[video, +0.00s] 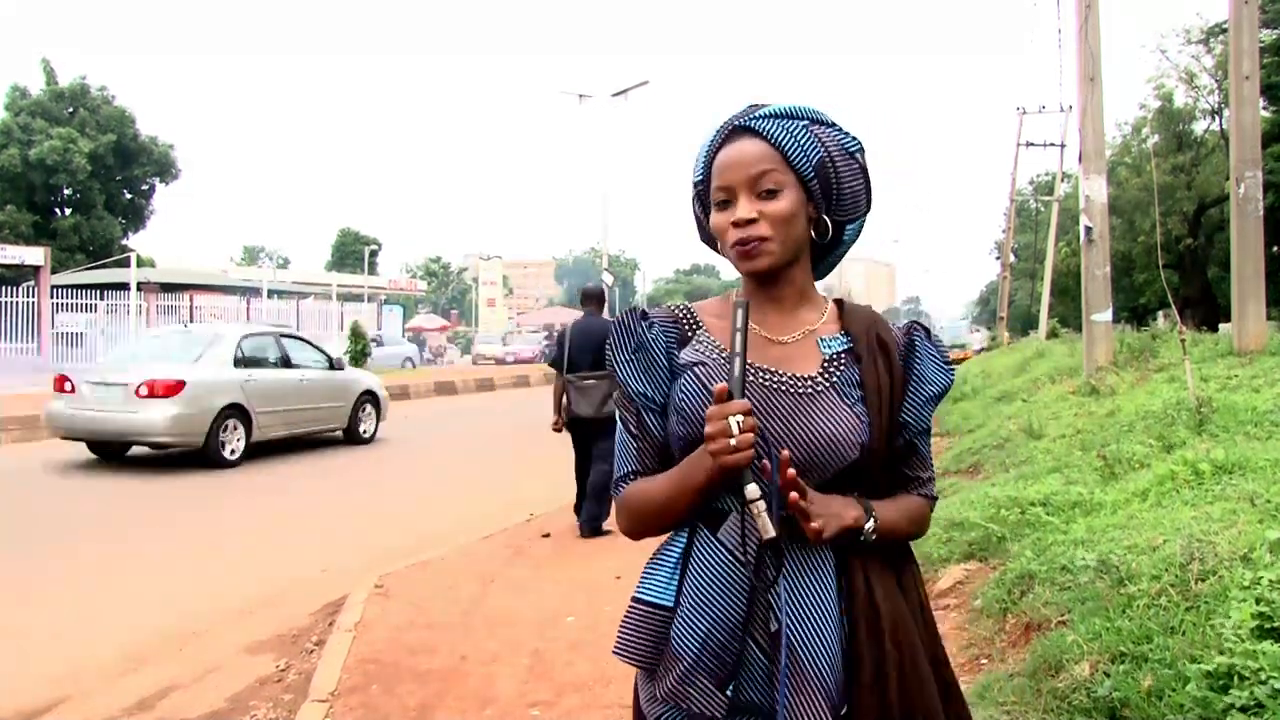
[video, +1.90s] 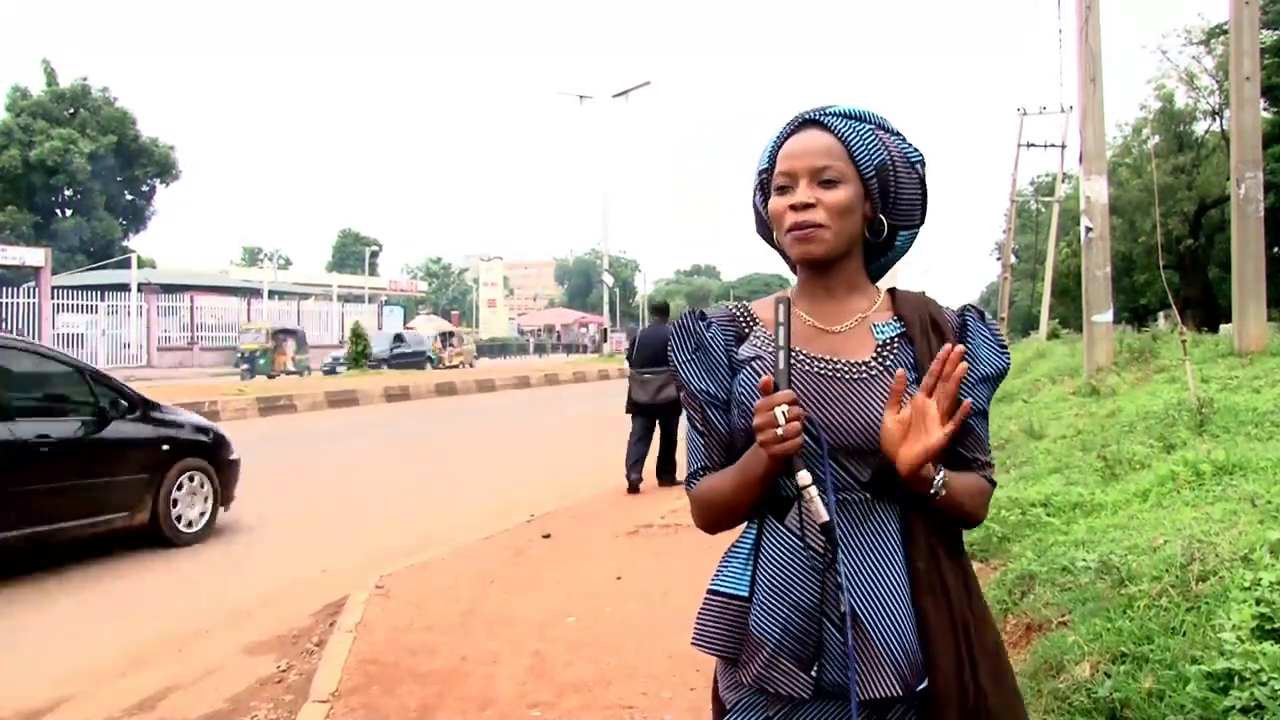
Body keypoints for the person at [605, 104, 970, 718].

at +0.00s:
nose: (742, 216)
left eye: (767, 193)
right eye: (723, 202)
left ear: (815, 206)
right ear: (709, 222)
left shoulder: (881, 346)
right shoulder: (667, 342)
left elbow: (918, 503)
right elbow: (631, 515)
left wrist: (855, 512)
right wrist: (706, 462)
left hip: (849, 628)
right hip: (710, 629)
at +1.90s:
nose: (801, 200)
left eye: (827, 181)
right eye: (784, 186)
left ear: (871, 203)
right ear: (767, 209)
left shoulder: (935, 331)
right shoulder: (731, 337)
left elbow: (977, 500)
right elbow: (707, 512)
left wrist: (921, 474)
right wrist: (764, 456)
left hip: (910, 630)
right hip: (777, 634)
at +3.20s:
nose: (817, 228)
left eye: (847, 210)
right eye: (805, 209)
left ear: (894, 231)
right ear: (788, 224)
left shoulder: (960, 349)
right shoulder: (760, 361)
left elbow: (1001, 519)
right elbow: (743, 531)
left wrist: (960, 453)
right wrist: (786, 494)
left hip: (934, 625)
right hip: (809, 625)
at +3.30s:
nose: (821, 219)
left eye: (849, 202)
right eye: (807, 203)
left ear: (896, 226)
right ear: (790, 223)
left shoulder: (955, 342)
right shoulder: (760, 356)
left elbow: (1006, 514)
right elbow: (743, 525)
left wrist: (968, 395)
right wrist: (783, 486)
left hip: (930, 627)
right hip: (806, 627)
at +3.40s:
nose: (824, 208)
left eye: (850, 190)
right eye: (808, 196)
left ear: (900, 213)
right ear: (791, 220)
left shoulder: (961, 322)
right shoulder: (762, 347)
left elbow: (1014, 491)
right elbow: (742, 517)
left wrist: (975, 323)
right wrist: (781, 473)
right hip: (806, 635)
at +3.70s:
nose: (808, 200)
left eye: (835, 182)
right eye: (794, 188)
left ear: (892, 203)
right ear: (781, 212)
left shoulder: (954, 318)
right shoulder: (751, 336)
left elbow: (1023, 471)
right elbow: (733, 511)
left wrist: (977, 299)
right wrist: (757, 456)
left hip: (909, 627)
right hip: (782, 626)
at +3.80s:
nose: (796, 205)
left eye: (822, 184)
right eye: (783, 191)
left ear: (877, 201)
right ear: (772, 210)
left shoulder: (947, 327)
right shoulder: (750, 338)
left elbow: (996, 492)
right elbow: (730, 511)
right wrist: (751, 462)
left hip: (904, 623)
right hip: (779, 621)